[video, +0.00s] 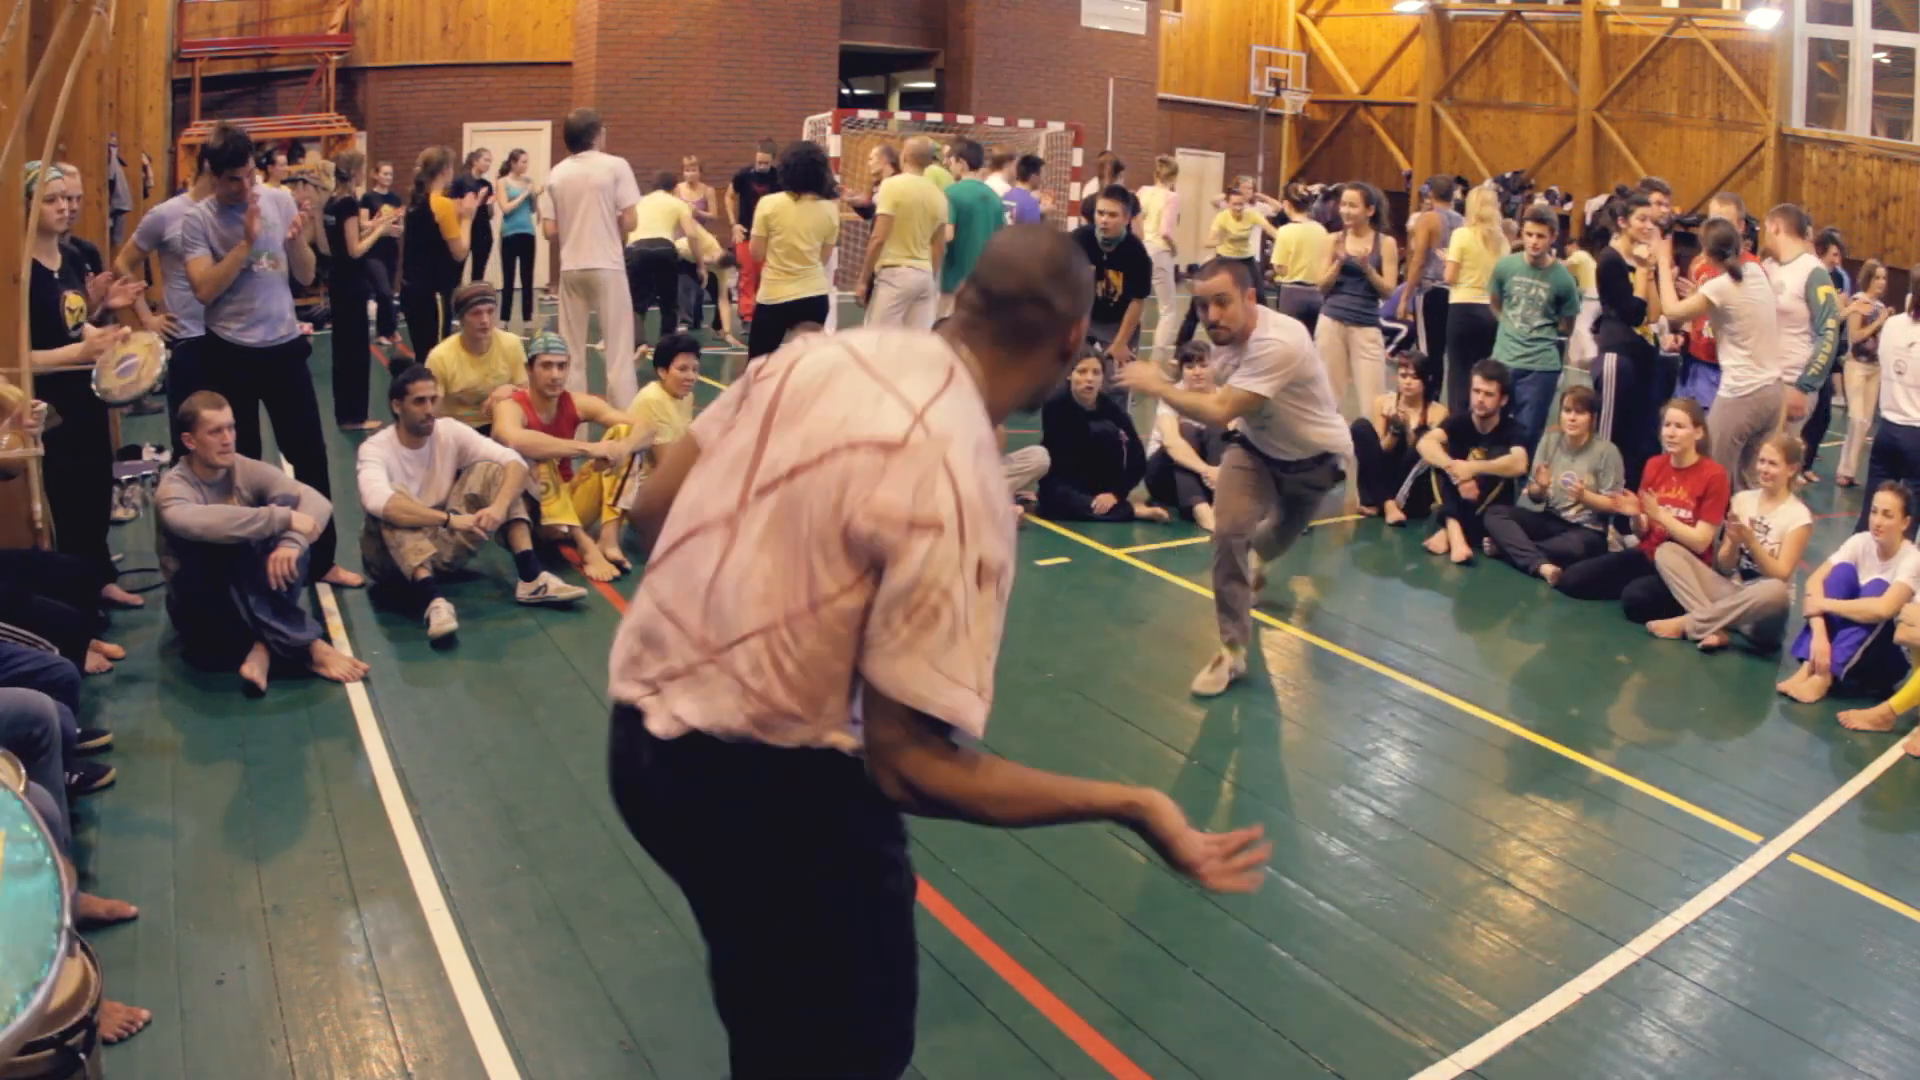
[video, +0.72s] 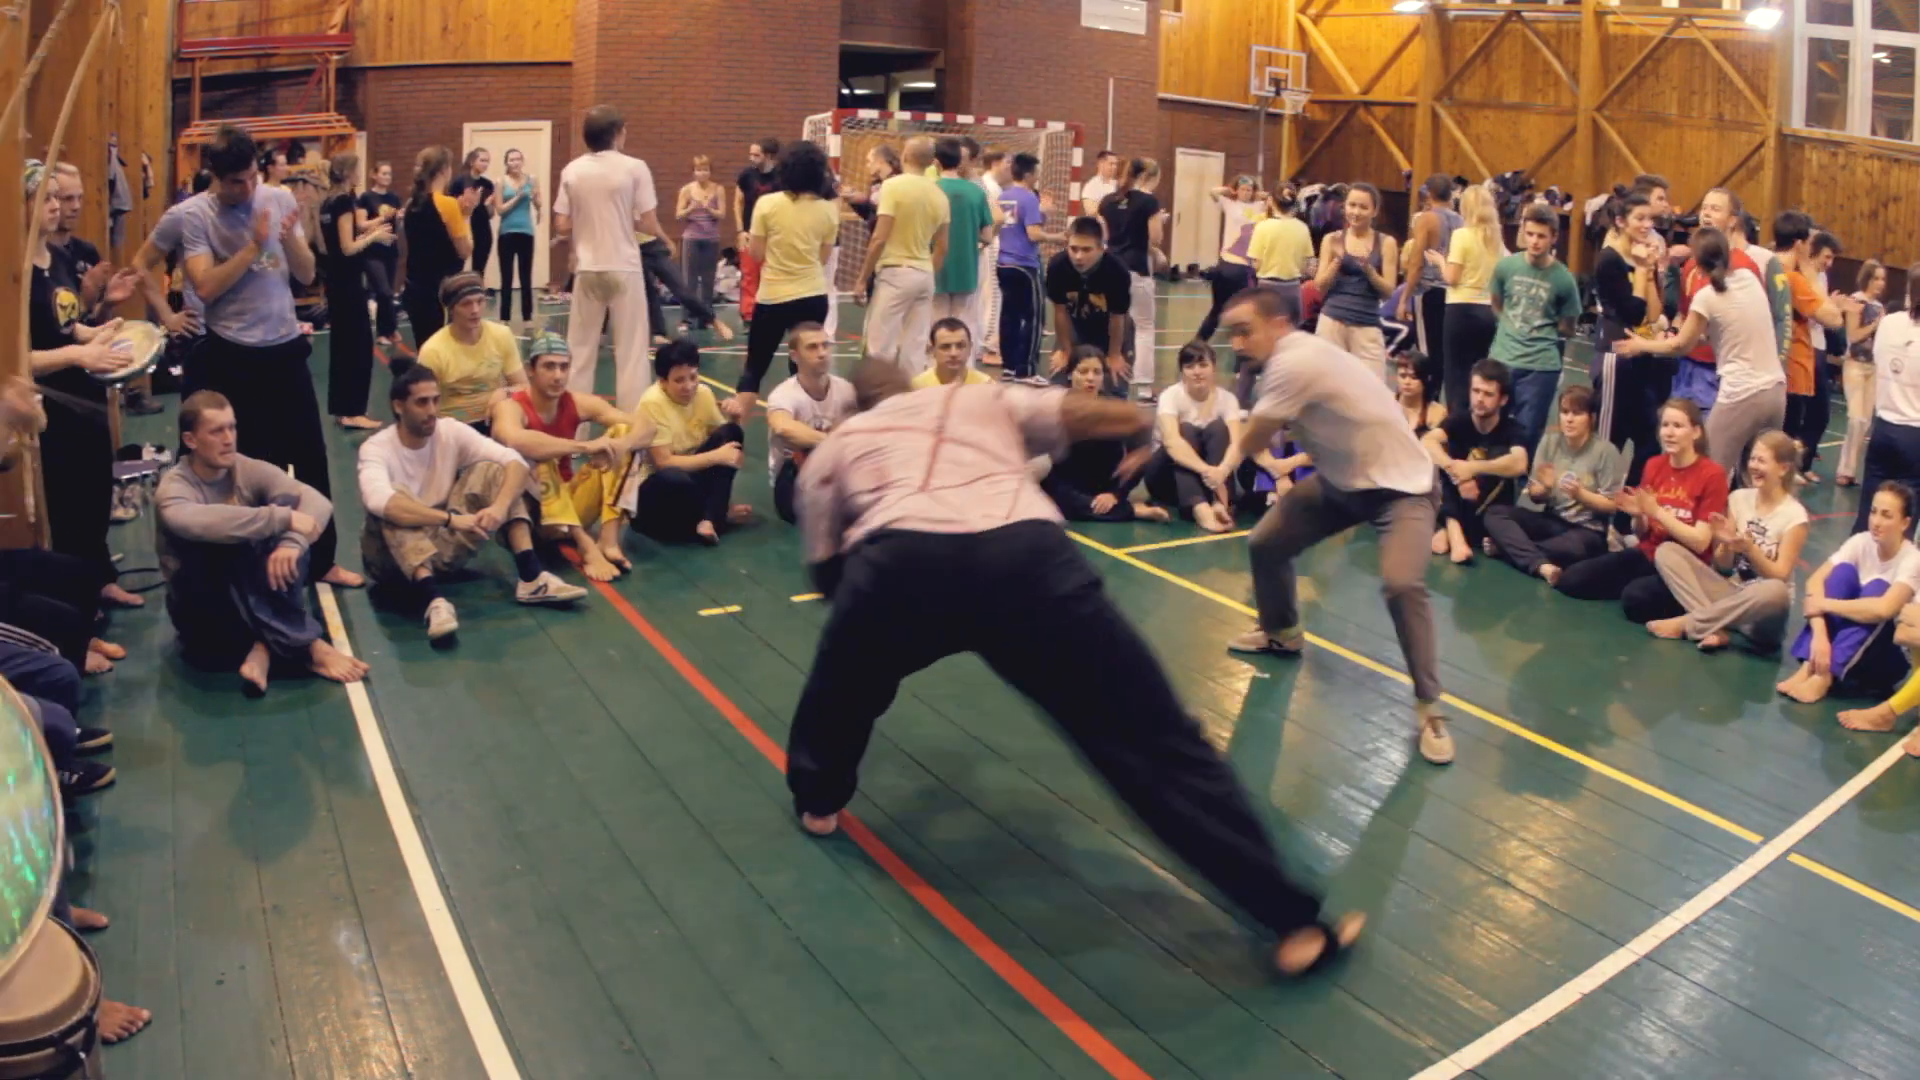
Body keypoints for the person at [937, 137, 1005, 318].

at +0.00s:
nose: (949, 164)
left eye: (952, 160)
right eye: (950, 159)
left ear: (962, 164)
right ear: (979, 164)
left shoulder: (951, 192)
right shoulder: (993, 196)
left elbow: (948, 235)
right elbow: (1001, 234)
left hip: (953, 276)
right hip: (984, 275)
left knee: (944, 329)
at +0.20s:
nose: (942, 161)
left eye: (946, 157)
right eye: (944, 156)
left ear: (954, 162)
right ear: (977, 164)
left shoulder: (937, 191)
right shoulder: (990, 197)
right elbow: (998, 243)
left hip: (939, 281)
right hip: (975, 285)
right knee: (972, 351)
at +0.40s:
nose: (944, 164)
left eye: (944, 160)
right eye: (944, 159)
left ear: (949, 163)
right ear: (971, 162)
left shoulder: (941, 191)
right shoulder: (986, 194)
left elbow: (934, 234)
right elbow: (995, 240)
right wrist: (973, 234)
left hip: (942, 278)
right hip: (973, 280)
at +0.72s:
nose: (966, 161)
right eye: (965, 158)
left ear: (937, 162)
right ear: (961, 160)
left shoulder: (930, 190)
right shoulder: (975, 191)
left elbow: (924, 229)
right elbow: (987, 235)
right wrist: (967, 227)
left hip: (934, 267)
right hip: (967, 269)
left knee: (936, 331)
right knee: (967, 328)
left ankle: (935, 376)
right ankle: (966, 374)